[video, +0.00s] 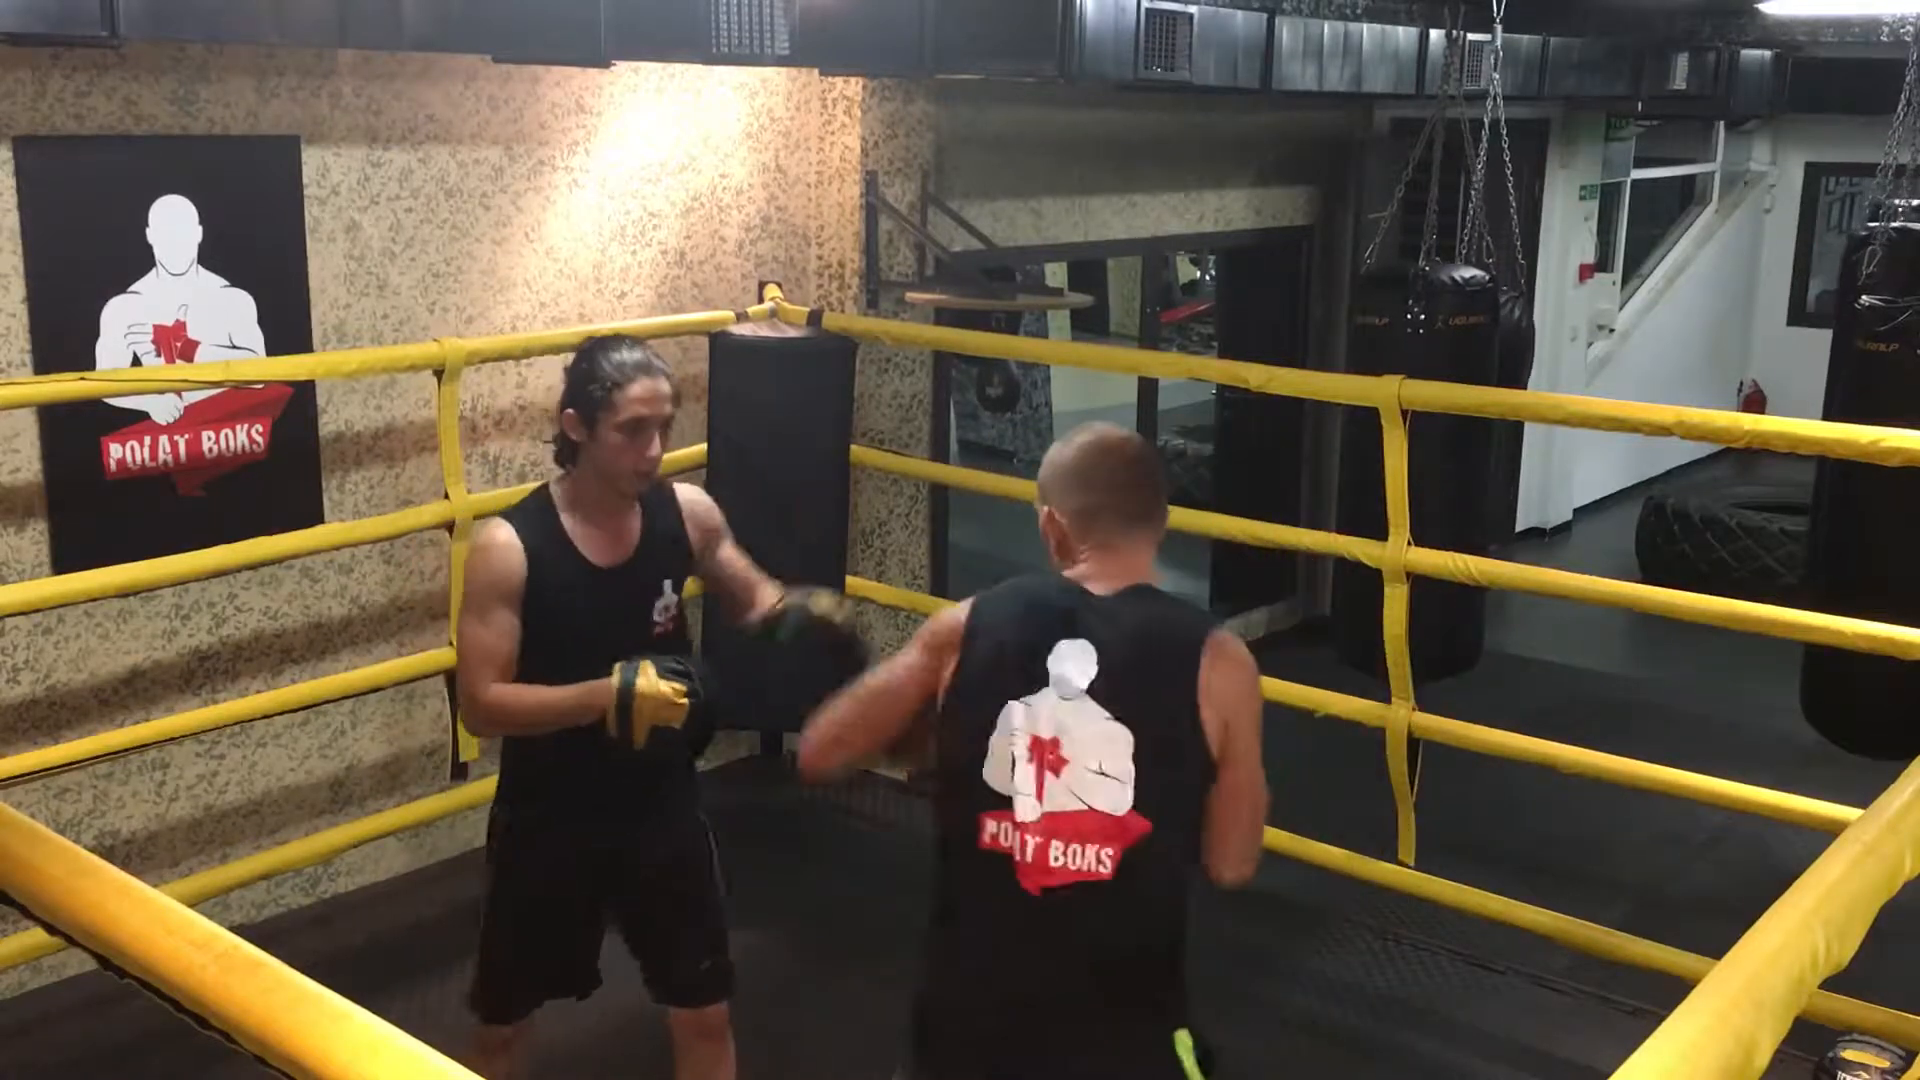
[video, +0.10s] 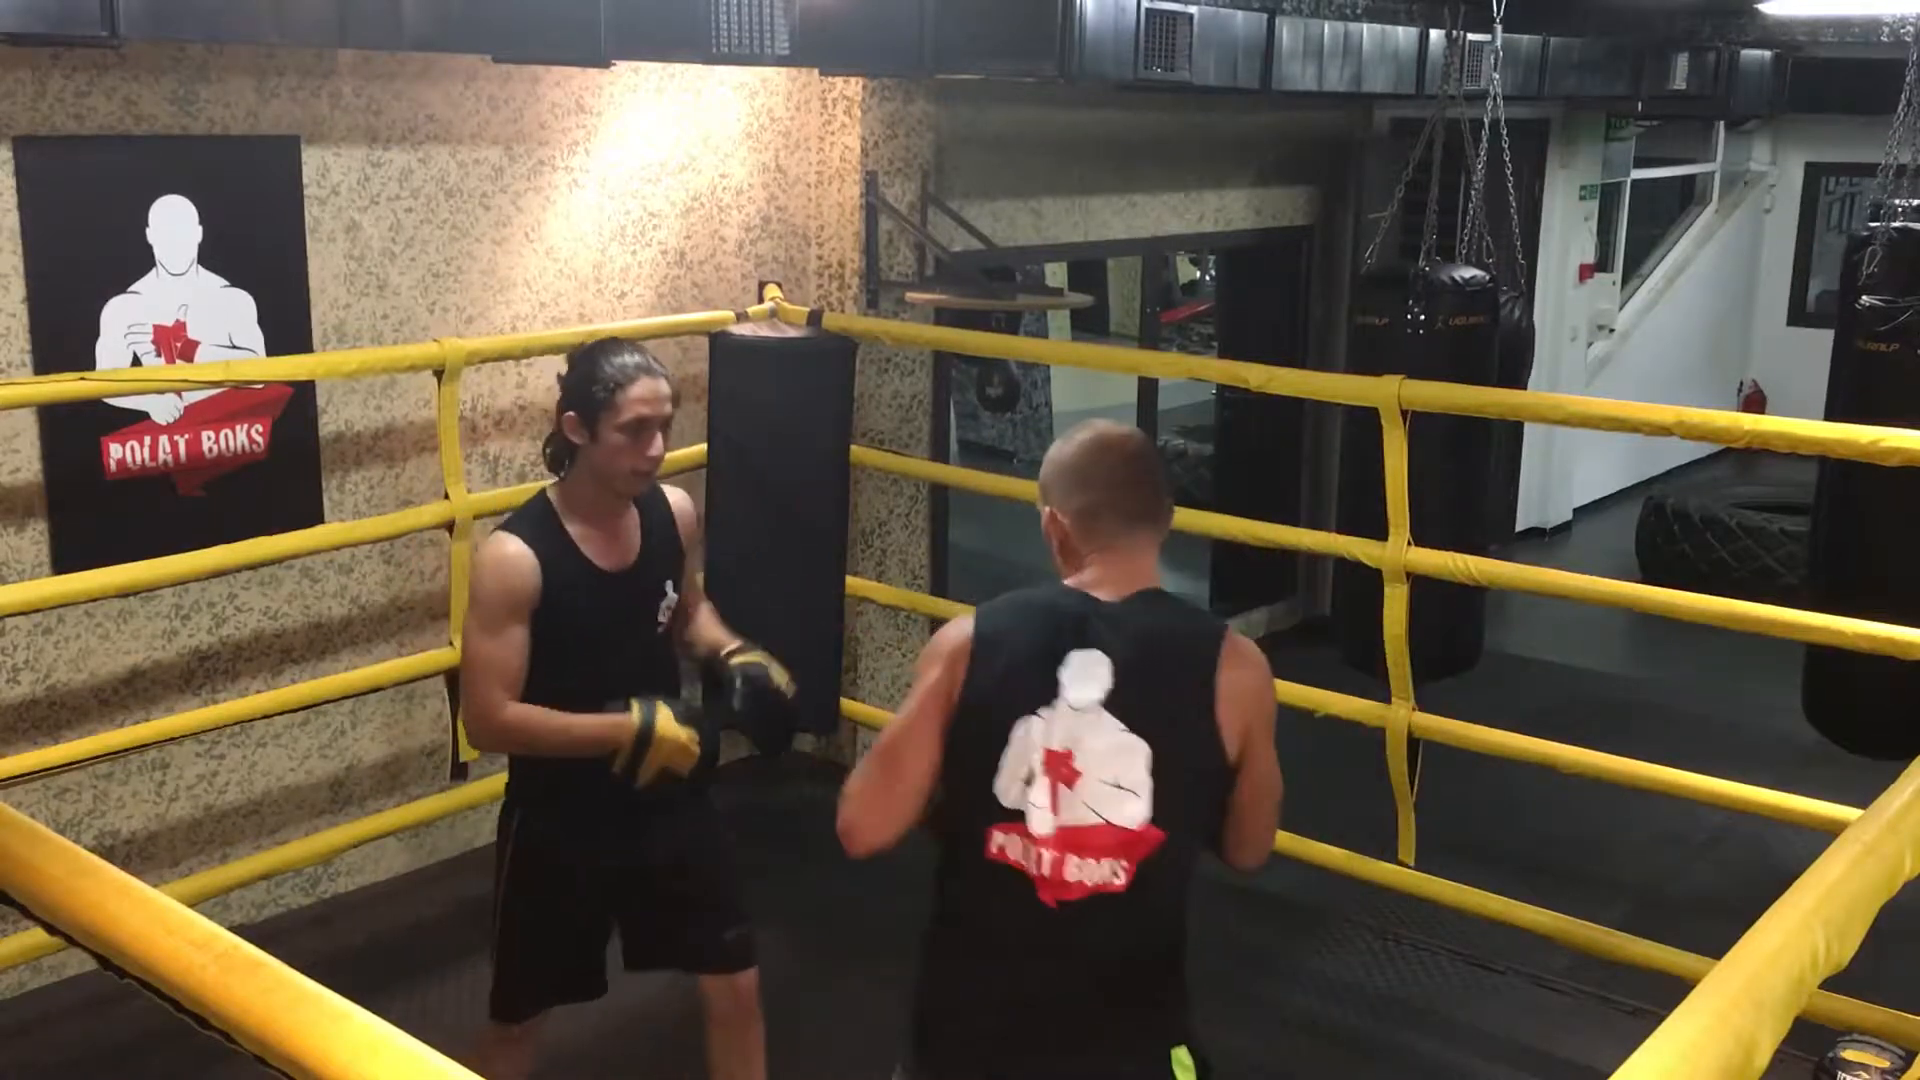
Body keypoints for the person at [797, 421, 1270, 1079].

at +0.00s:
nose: (1045, 533)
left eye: (1041, 520)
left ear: (1054, 529)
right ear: (1160, 521)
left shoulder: (965, 628)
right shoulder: (1220, 662)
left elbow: (818, 754)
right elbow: (1233, 863)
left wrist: (932, 728)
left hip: (973, 1017)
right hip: (1126, 1027)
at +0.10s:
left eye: (1045, 522)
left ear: (1055, 530)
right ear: (1164, 523)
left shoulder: (971, 642)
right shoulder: (1234, 664)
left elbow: (862, 827)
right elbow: (1249, 848)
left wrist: (960, 772)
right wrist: (1171, 766)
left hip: (975, 1023)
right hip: (1131, 1031)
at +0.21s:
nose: (1064, 566)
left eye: (1064, 553)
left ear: (1081, 558)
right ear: (1186, 550)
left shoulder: (1005, 676)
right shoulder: (1279, 702)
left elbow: (867, 851)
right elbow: (1257, 839)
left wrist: (889, 742)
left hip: (1002, 1040)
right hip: (1166, 1048)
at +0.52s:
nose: (1101, 570)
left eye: (1098, 551)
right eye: (1097, 552)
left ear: (1117, 551)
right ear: (1223, 539)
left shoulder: (1049, 672)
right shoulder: (1330, 699)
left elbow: (907, 855)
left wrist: (887, 730)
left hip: (1049, 1038)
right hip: (1220, 1050)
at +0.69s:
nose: (1008, 590)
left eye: (1003, 573)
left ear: (1015, 573)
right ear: (1126, 548)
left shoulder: (967, 714)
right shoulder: (1255, 697)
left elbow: (889, 917)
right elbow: (1281, 889)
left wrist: (908, 785)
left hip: (1025, 1056)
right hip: (1197, 1057)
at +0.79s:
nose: (941, 583)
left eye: (935, 570)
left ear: (945, 575)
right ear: (1060, 539)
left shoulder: (908, 721)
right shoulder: (1191, 673)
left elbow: (889, 932)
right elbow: (1285, 885)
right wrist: (1191, 822)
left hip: (988, 1056)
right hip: (1164, 1048)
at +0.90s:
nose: (897, 587)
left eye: (894, 570)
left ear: (910, 574)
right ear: (1032, 543)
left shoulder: (870, 725)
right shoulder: (1155, 670)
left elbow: (840, 934)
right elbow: (1263, 886)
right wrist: (1161, 838)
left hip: (949, 1052)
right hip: (1130, 1045)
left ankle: (843, 1058)